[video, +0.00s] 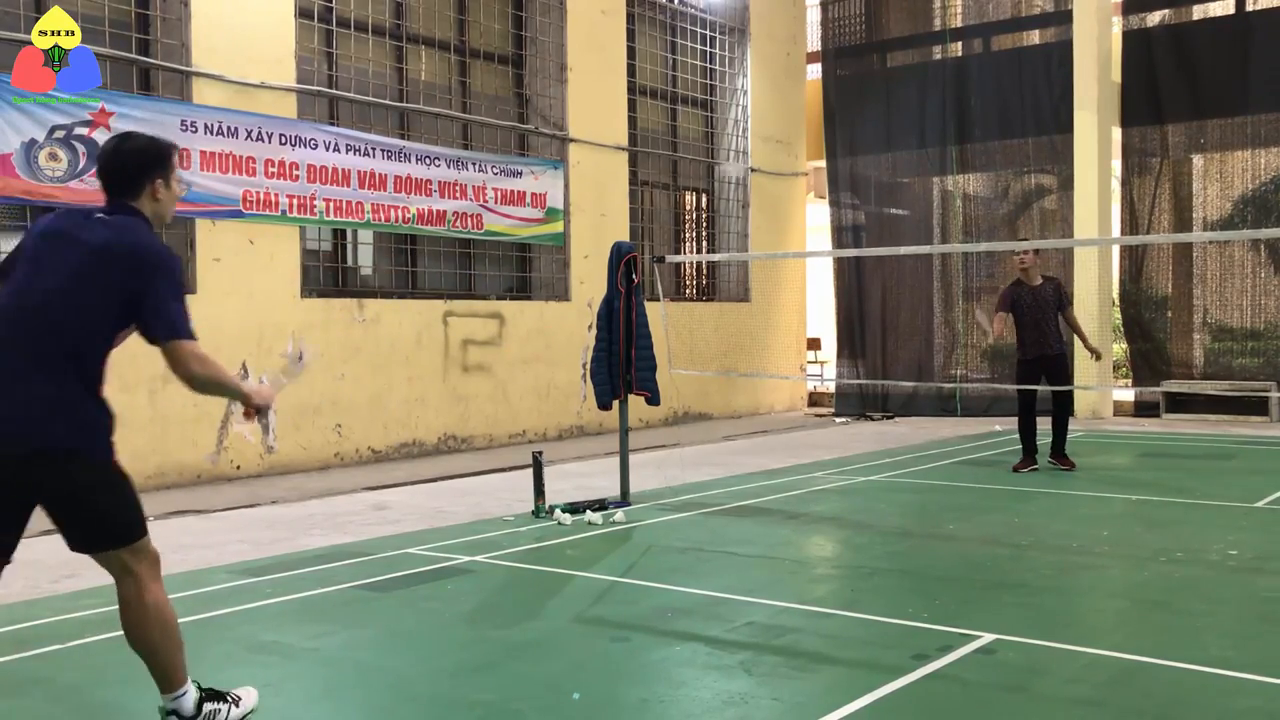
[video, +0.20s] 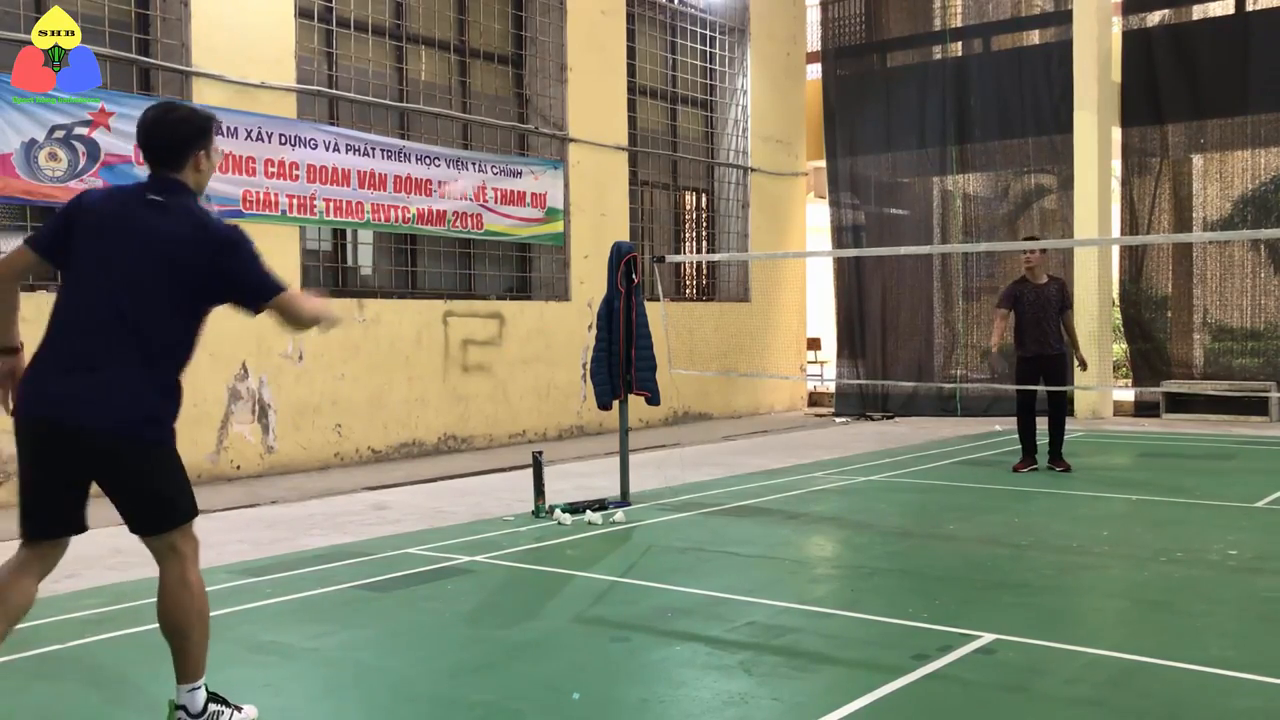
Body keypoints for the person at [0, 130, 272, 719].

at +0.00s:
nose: (178, 193)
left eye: (176, 181)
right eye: (174, 182)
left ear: (111, 184)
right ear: (154, 187)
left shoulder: (52, 224)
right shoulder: (148, 254)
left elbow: (7, 290)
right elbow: (191, 365)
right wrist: (244, 391)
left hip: (6, 423)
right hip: (63, 431)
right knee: (136, 567)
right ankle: (182, 702)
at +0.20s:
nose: (217, 160)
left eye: (216, 148)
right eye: (214, 150)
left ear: (147, 155)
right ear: (199, 157)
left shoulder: (90, 207)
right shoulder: (213, 239)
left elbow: (9, 271)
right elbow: (294, 311)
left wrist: (9, 348)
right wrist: (319, 310)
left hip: (44, 409)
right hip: (130, 424)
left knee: (38, 549)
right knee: (177, 553)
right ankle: (192, 701)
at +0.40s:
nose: (237, 150)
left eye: (232, 141)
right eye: (235, 142)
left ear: (167, 146)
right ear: (226, 149)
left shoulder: (116, 195)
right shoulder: (248, 218)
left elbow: (13, 243)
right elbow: (358, 226)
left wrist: (9, 287)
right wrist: (451, 232)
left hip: (54, 393)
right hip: (136, 406)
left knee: (16, 533)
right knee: (181, 546)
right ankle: (193, 696)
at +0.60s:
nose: (226, 152)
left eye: (224, 139)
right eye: (222, 140)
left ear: (157, 149)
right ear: (203, 148)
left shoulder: (110, 199)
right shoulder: (210, 224)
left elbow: (22, 251)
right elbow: (297, 287)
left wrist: (45, 289)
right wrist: (392, 305)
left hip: (55, 399)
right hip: (130, 415)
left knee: (9, 537)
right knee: (179, 546)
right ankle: (190, 697)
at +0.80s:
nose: (193, 191)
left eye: (191, 179)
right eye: (188, 180)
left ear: (133, 187)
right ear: (165, 186)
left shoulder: (84, 233)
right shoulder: (149, 255)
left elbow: (49, 323)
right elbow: (200, 356)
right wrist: (286, 392)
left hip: (17, 428)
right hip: (84, 437)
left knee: (7, 562)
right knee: (178, 550)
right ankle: (189, 701)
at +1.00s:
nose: (167, 197)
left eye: (165, 184)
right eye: (163, 185)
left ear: (108, 191)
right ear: (141, 190)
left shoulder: (54, 237)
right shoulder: (132, 256)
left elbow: (8, 301)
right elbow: (164, 363)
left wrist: (68, 333)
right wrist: (239, 402)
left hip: (9, 430)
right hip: (72, 436)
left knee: (3, 568)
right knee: (155, 553)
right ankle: (186, 701)